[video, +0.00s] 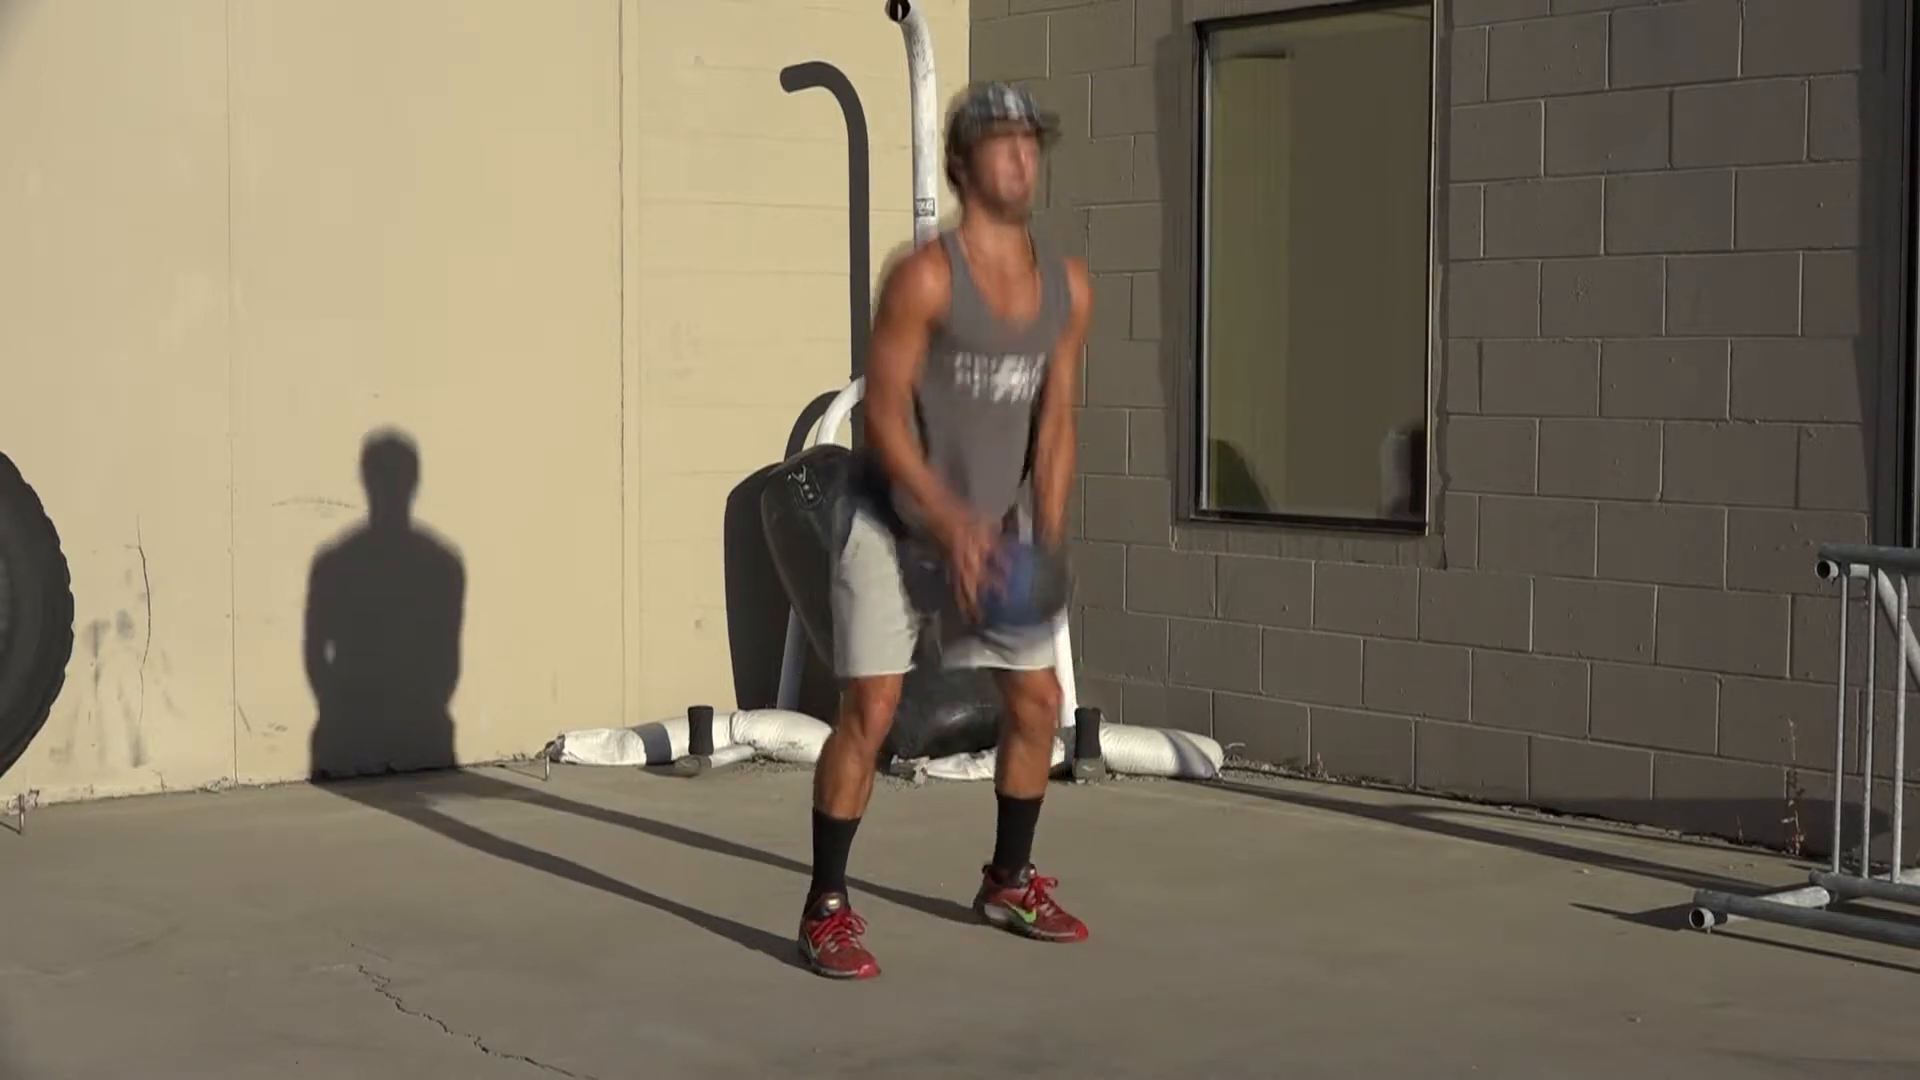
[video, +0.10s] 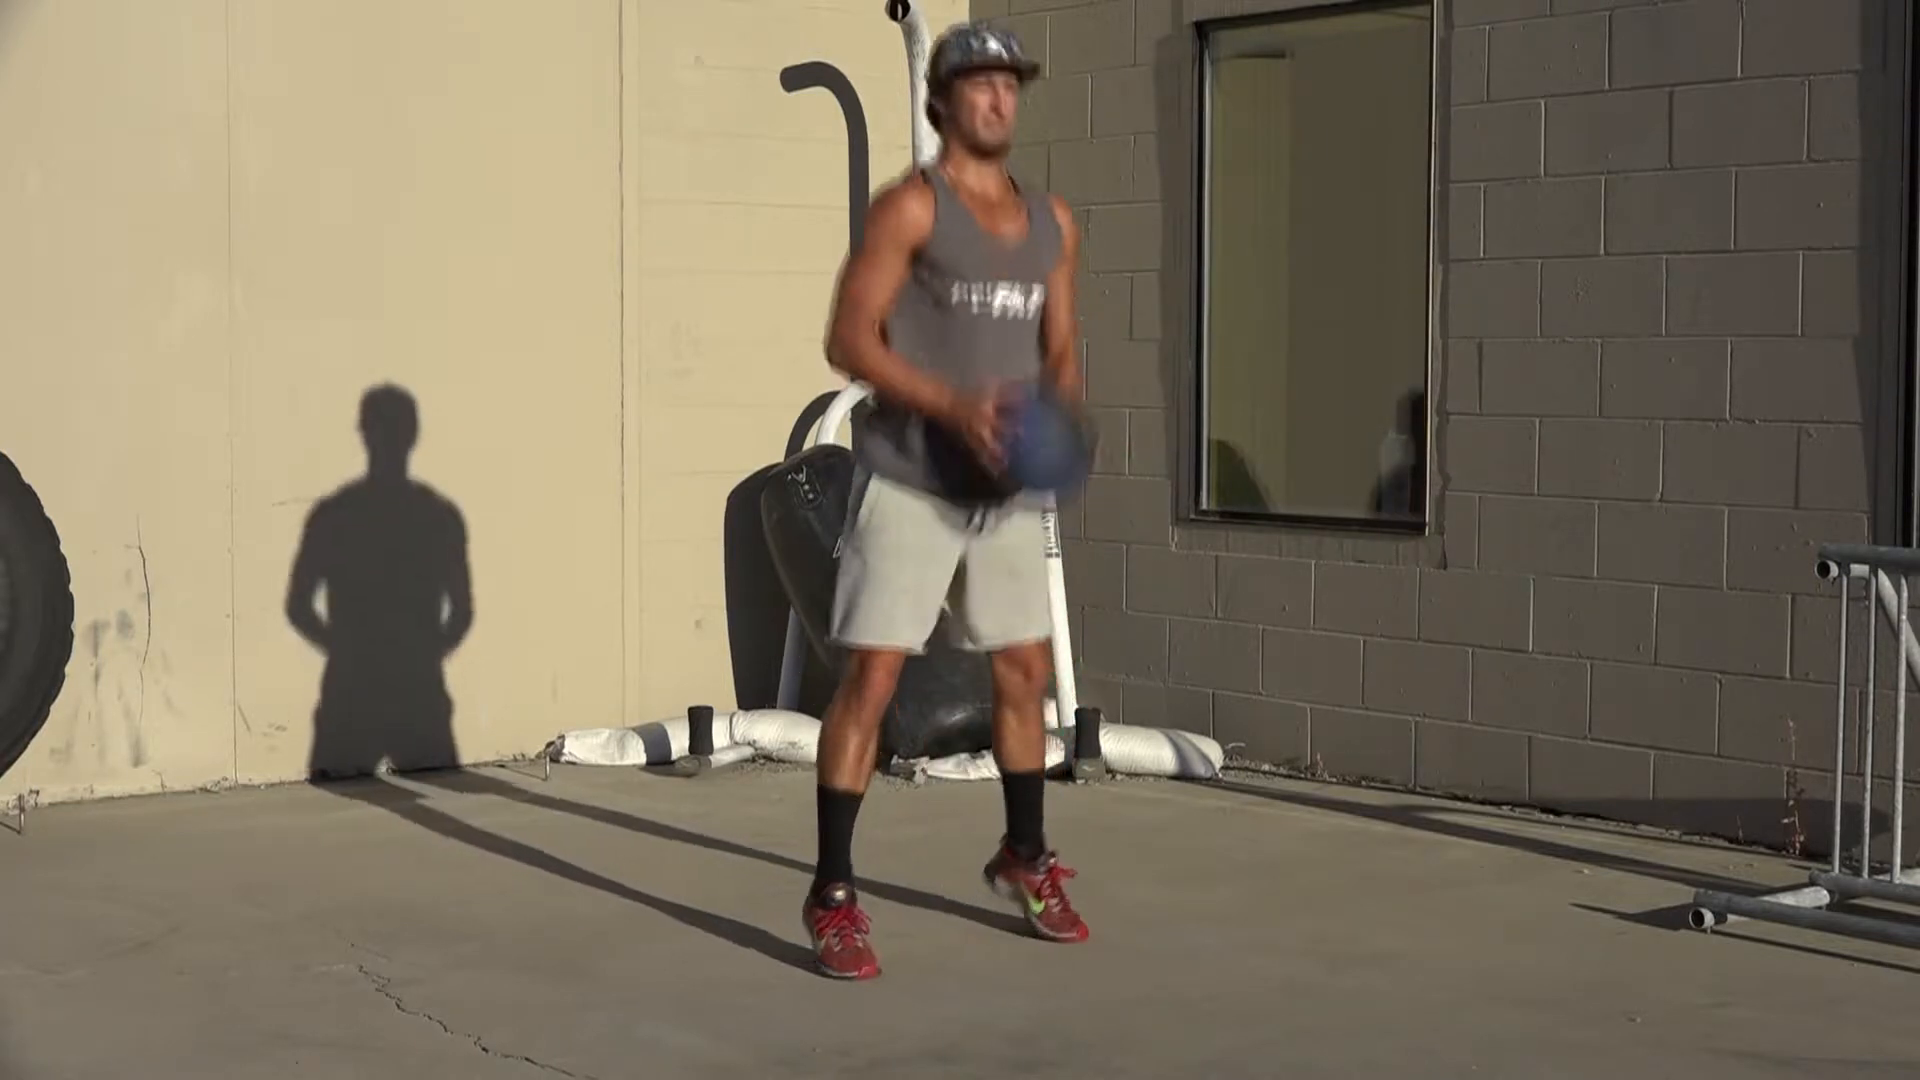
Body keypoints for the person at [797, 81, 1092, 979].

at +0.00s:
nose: (1022, 159)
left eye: (1030, 144)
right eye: (1002, 144)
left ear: (1042, 160)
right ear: (963, 163)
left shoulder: (1065, 284)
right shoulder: (923, 275)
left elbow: (1056, 422)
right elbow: (882, 422)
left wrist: (1049, 541)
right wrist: (950, 520)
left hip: (1001, 522)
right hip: (896, 515)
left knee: (1038, 701)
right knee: (871, 708)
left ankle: (1010, 881)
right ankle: (826, 905)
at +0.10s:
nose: (995, 97)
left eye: (1007, 83)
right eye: (977, 83)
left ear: (1021, 99)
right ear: (941, 100)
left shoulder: (1054, 221)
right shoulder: (908, 209)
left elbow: (1060, 350)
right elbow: (848, 341)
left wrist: (1063, 428)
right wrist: (951, 405)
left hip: (1012, 484)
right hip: (908, 482)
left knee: (1027, 670)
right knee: (872, 678)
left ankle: (1025, 855)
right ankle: (833, 895)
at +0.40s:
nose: (984, 162)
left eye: (994, 147)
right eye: (965, 148)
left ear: (1008, 159)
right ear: (931, 162)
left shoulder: (1029, 262)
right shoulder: (912, 262)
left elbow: (1168, 374)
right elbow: (879, 381)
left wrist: (1098, 319)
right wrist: (983, 321)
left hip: (992, 542)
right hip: (891, 540)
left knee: (1057, 707)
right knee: (861, 724)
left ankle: (1011, 882)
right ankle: (821, 908)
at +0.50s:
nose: (990, 257)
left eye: (1000, 241)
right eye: (971, 243)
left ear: (1018, 249)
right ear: (939, 259)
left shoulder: (1044, 348)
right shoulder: (923, 352)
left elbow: (1185, 432)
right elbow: (901, 462)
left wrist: (1105, 382)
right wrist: (997, 381)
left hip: (972, 594)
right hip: (870, 589)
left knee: (1073, 724)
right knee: (863, 734)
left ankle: (1010, 884)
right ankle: (822, 913)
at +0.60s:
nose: (1002, 353)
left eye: (1011, 337)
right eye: (984, 338)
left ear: (1025, 346)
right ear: (948, 356)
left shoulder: (1042, 442)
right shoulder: (922, 457)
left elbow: (1188, 534)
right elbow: (909, 579)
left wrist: (1104, 480)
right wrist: (999, 491)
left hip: (963, 648)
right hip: (863, 641)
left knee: (1075, 732)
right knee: (864, 737)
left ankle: (1009, 886)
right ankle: (823, 913)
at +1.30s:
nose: (1010, 235)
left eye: (1022, 219)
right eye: (993, 219)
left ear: (1034, 230)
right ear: (955, 229)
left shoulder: (1044, 324)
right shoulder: (920, 331)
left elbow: (1170, 443)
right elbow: (894, 466)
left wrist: (1099, 380)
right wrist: (992, 385)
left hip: (981, 566)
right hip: (880, 557)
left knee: (1060, 711)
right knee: (874, 724)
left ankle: (1008, 885)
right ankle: (824, 913)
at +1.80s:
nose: (1010, 166)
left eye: (1022, 151)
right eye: (993, 149)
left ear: (1032, 159)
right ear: (953, 150)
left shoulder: (1044, 260)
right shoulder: (905, 256)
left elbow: (1058, 398)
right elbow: (870, 401)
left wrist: (1070, 490)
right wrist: (966, 467)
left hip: (987, 515)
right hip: (888, 513)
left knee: (996, 698)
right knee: (857, 706)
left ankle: (1005, 887)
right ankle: (822, 910)